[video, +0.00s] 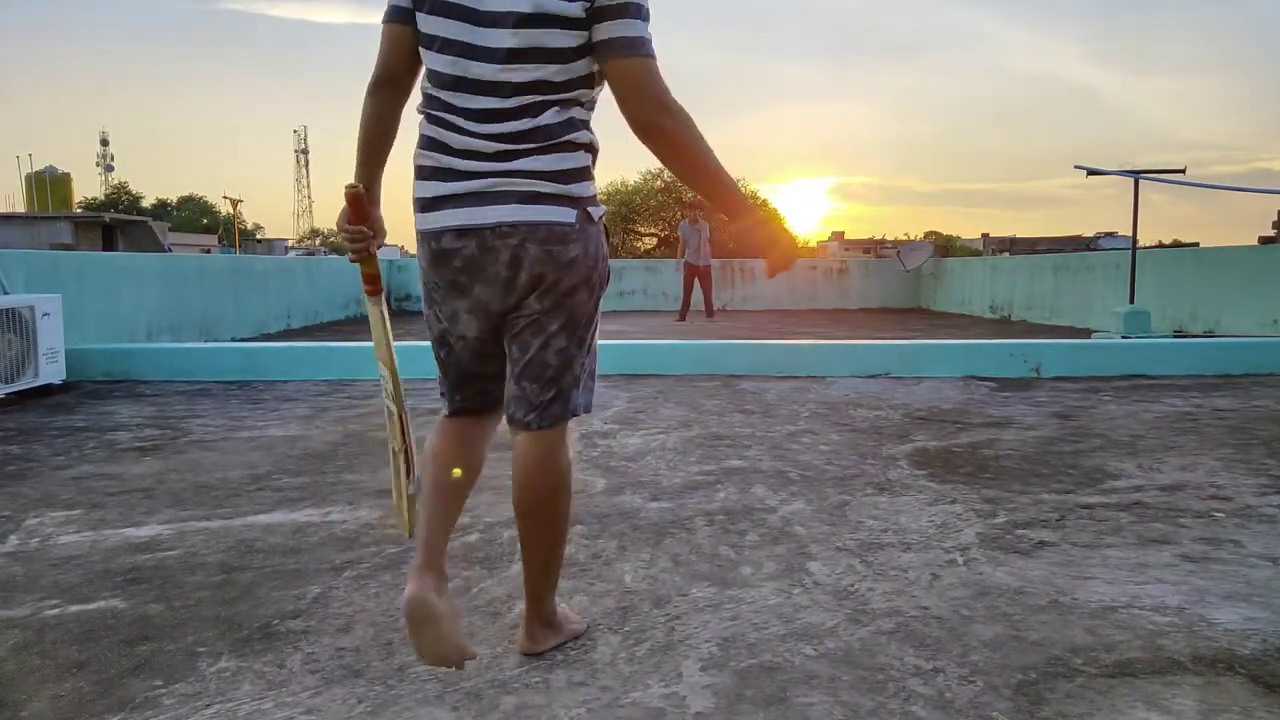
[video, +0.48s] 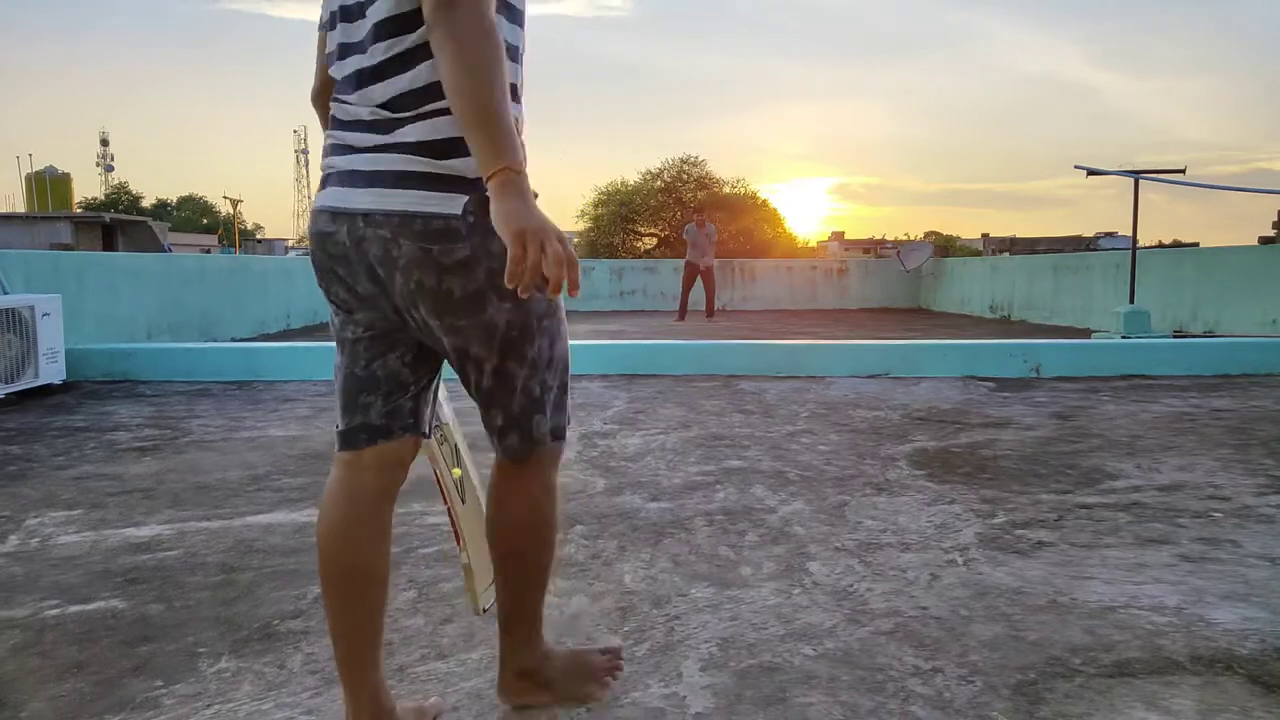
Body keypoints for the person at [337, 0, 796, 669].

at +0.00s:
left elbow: (389, 79)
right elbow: (649, 111)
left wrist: (364, 189)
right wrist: (746, 212)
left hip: (447, 216)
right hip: (553, 216)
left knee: (467, 402)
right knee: (541, 419)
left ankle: (427, 573)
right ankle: (540, 614)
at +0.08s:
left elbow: (380, 83)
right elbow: (634, 90)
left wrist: (364, 192)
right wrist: (741, 198)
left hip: (434, 219)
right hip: (543, 218)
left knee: (450, 417)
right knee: (538, 427)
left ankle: (389, 615)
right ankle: (540, 615)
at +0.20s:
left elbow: (363, 87)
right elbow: (586, 62)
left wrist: (369, 200)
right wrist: (701, 189)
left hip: (404, 219)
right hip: (520, 221)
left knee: (413, 436)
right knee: (530, 435)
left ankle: (367, 686)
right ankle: (543, 617)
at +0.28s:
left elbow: (347, 94)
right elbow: (547, 52)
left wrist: (372, 197)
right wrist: (643, 191)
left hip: (379, 222)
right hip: (498, 230)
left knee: (385, 451)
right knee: (525, 444)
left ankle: (365, 699)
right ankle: (546, 618)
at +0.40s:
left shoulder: (351, 1)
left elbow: (328, 101)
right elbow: (489, 30)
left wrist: (364, 196)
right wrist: (552, 195)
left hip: (352, 225)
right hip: (467, 232)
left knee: (362, 458)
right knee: (522, 445)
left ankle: (363, 701)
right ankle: (539, 632)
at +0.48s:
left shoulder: (347, 1)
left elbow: (327, 92)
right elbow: (453, 10)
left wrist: (390, 182)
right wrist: (509, 185)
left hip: (343, 217)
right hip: (452, 221)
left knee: (367, 455)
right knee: (530, 441)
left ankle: (365, 702)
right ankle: (526, 662)